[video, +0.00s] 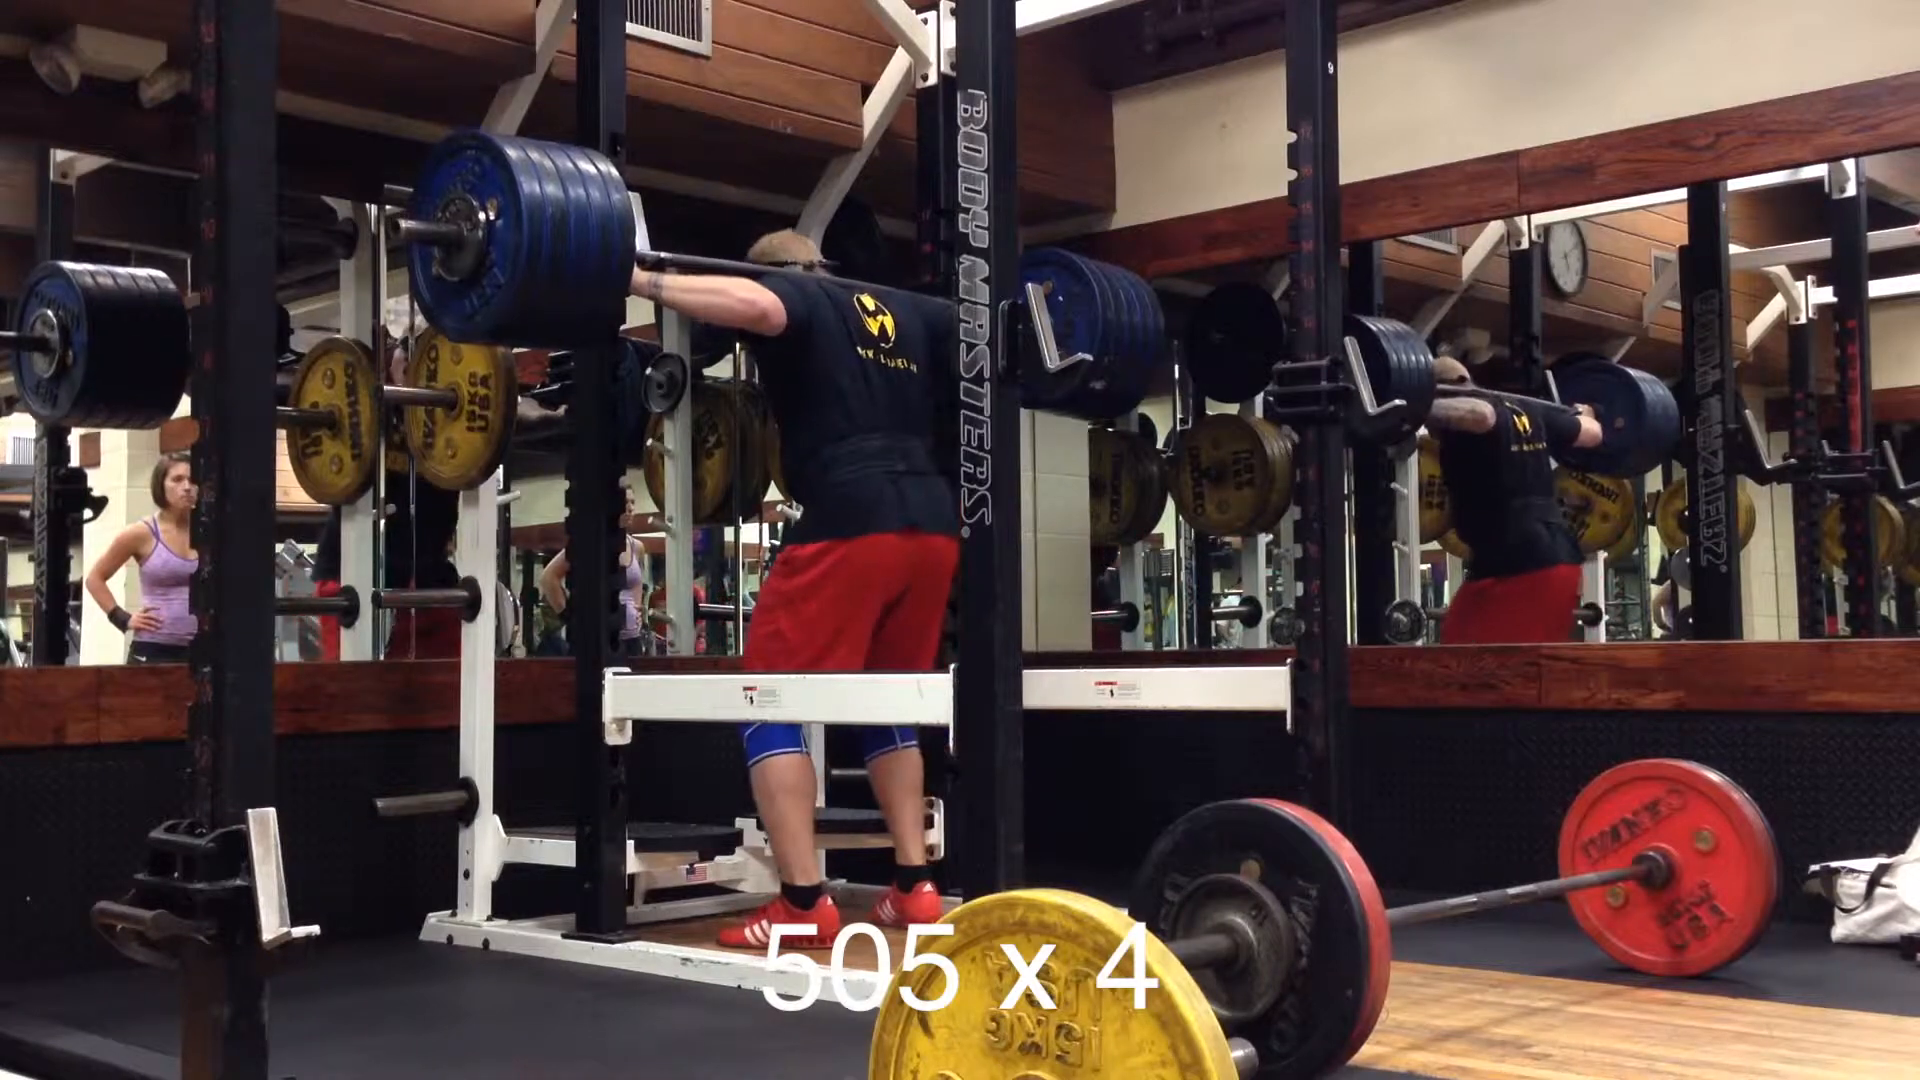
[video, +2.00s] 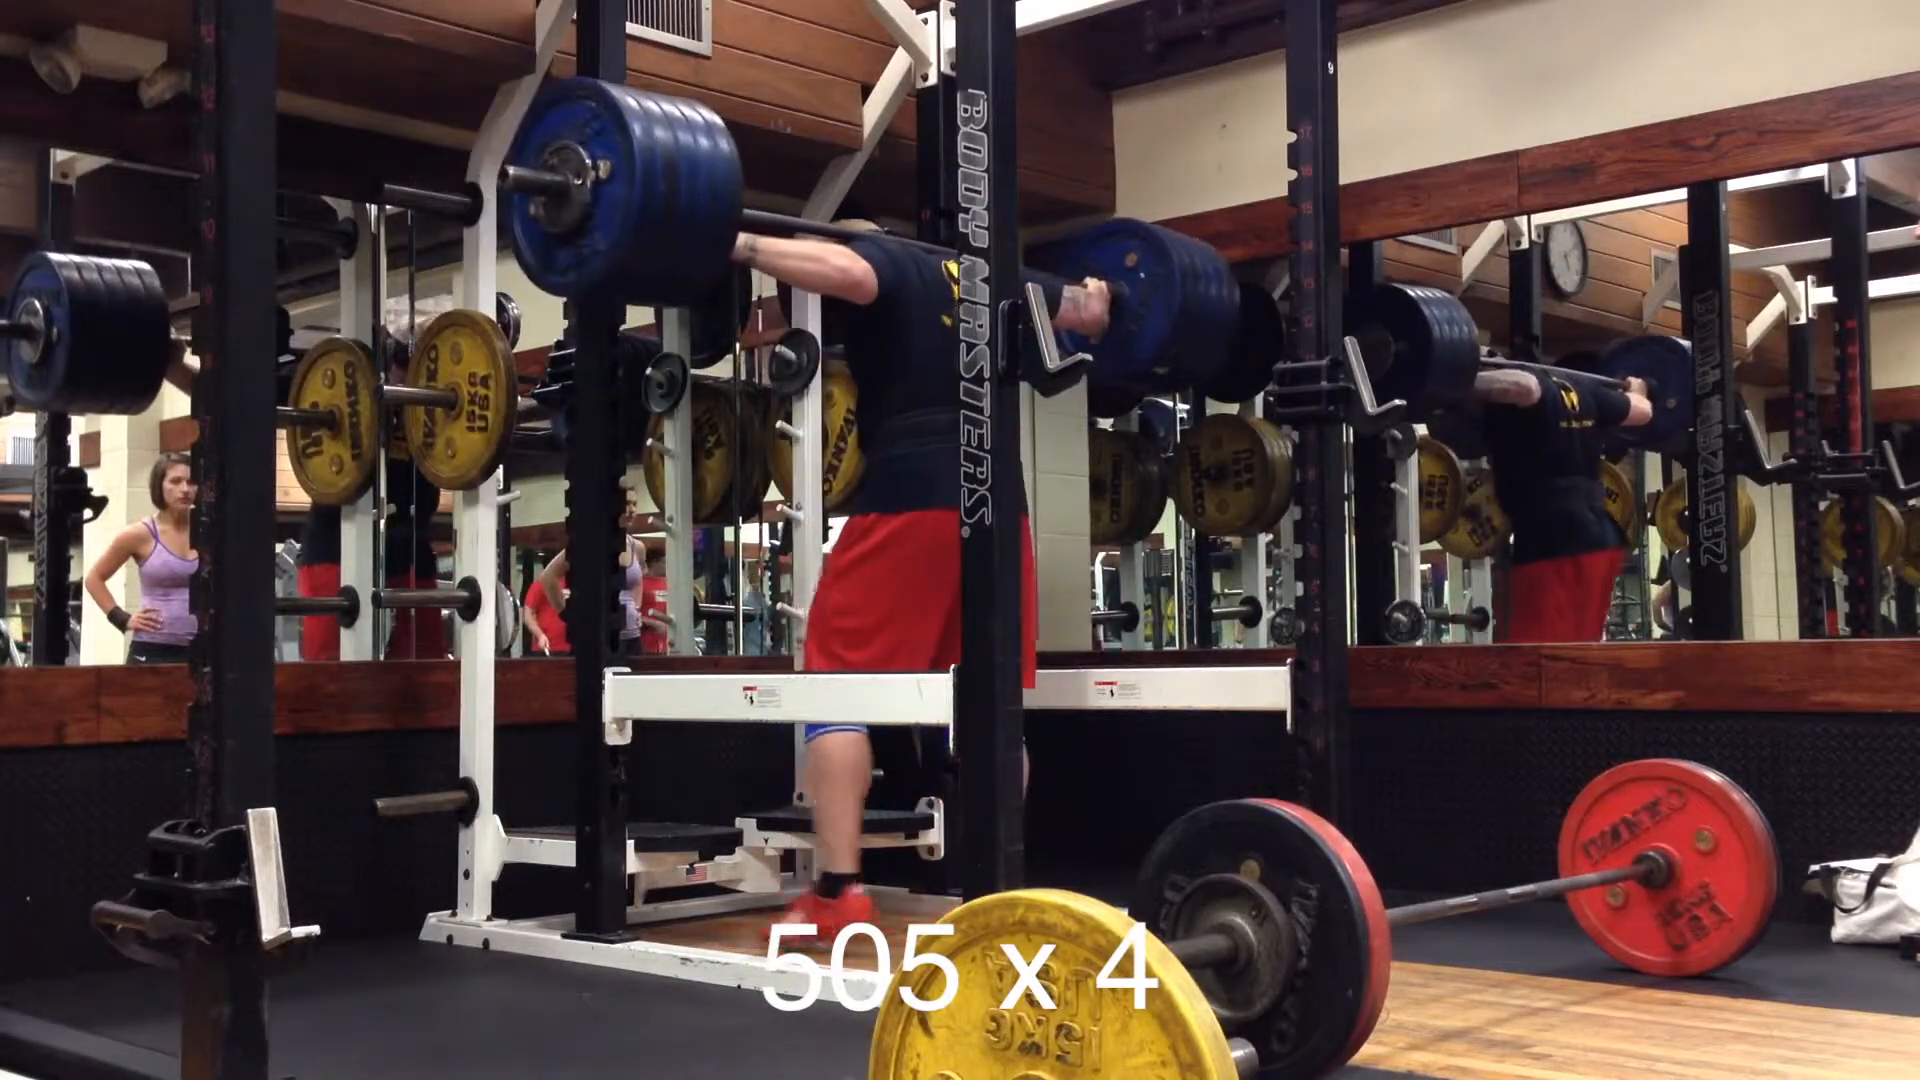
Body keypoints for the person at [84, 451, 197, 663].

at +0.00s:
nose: (187, 487)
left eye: (193, 480)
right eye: (178, 480)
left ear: (200, 486)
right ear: (160, 486)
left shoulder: (205, 530)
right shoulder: (141, 534)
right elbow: (94, 579)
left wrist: (212, 614)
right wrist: (123, 619)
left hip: (200, 647)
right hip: (154, 648)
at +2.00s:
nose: (185, 489)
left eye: (191, 482)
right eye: (176, 481)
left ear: (198, 487)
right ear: (159, 486)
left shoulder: (205, 528)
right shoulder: (140, 535)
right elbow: (93, 579)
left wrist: (213, 613)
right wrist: (123, 620)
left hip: (200, 647)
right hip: (153, 648)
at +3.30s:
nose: (185, 489)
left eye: (191, 482)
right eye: (176, 482)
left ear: (199, 487)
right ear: (159, 487)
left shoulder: (204, 529)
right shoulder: (140, 534)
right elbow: (93, 579)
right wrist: (124, 620)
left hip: (199, 648)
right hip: (153, 648)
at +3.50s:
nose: (186, 489)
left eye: (191, 482)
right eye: (176, 482)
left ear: (199, 487)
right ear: (159, 487)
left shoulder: (204, 529)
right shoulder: (141, 534)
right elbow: (93, 579)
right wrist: (123, 619)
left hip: (199, 648)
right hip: (153, 648)